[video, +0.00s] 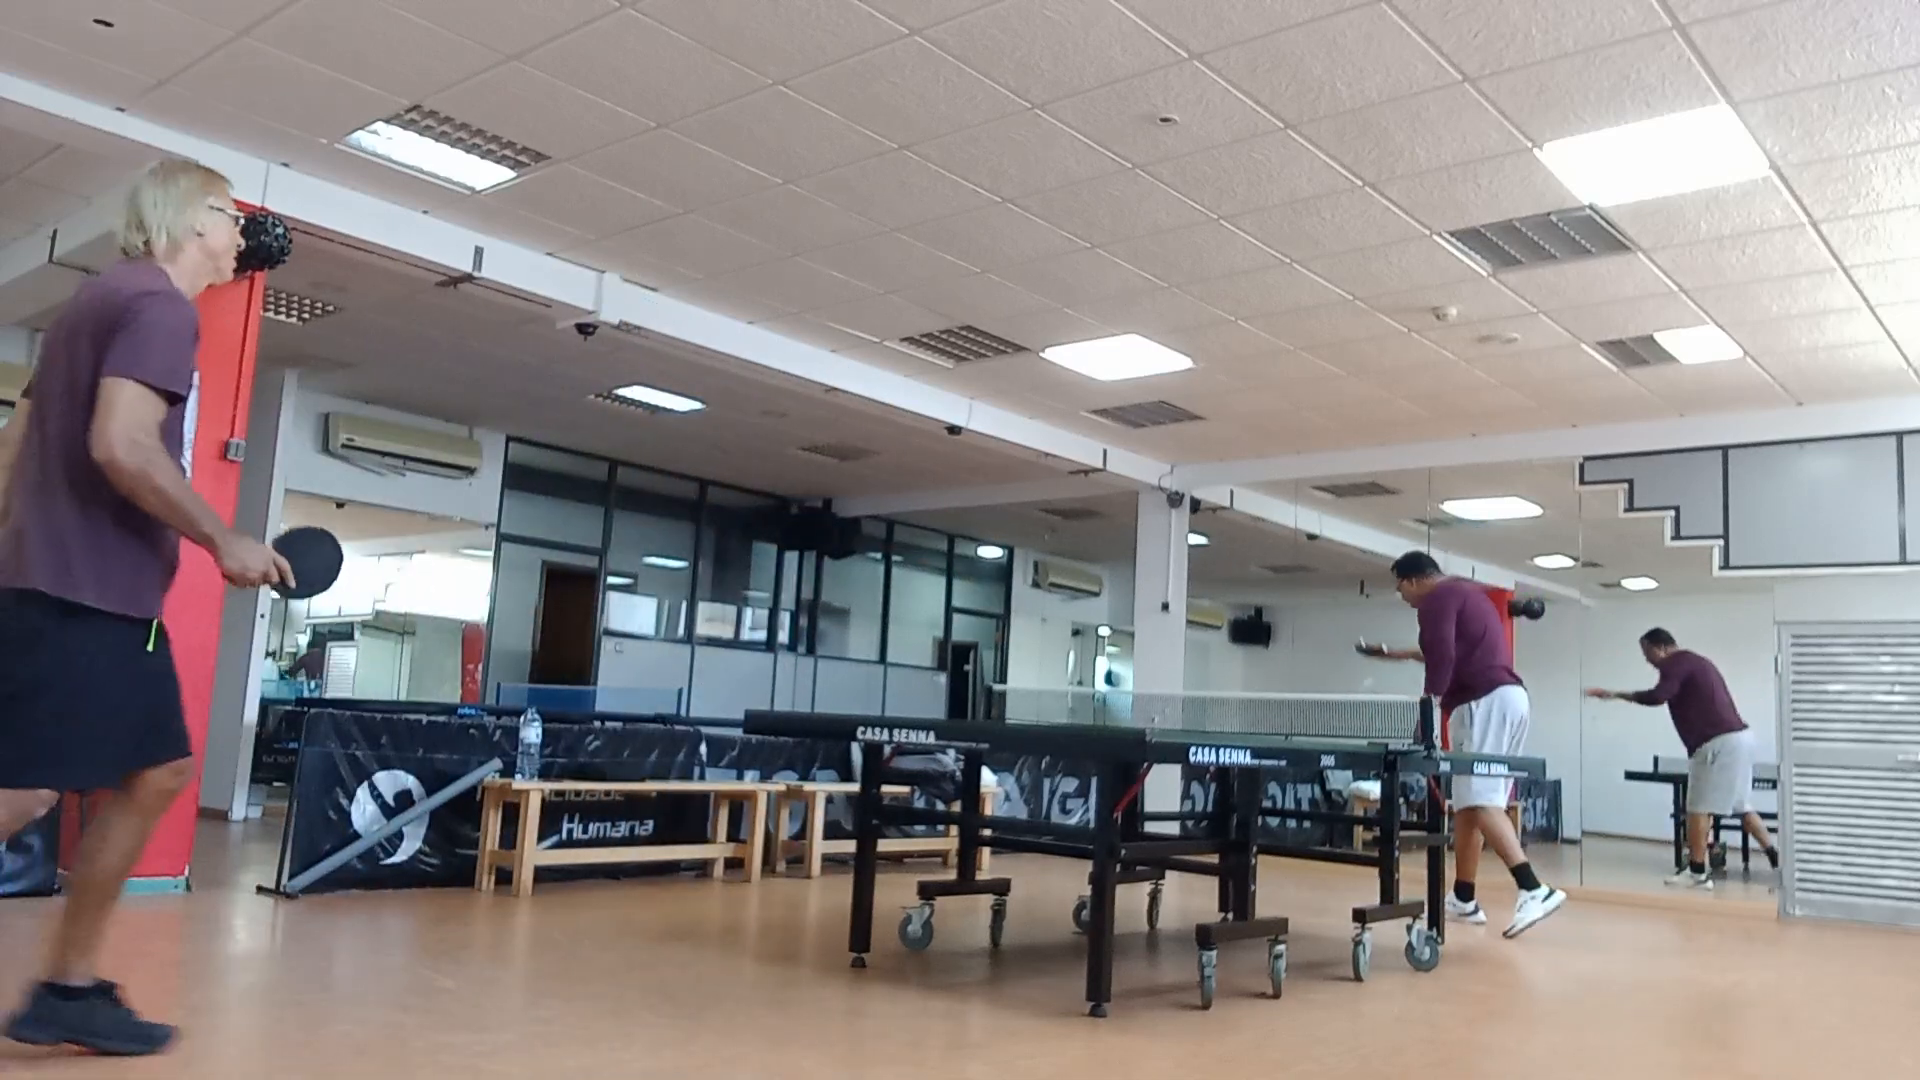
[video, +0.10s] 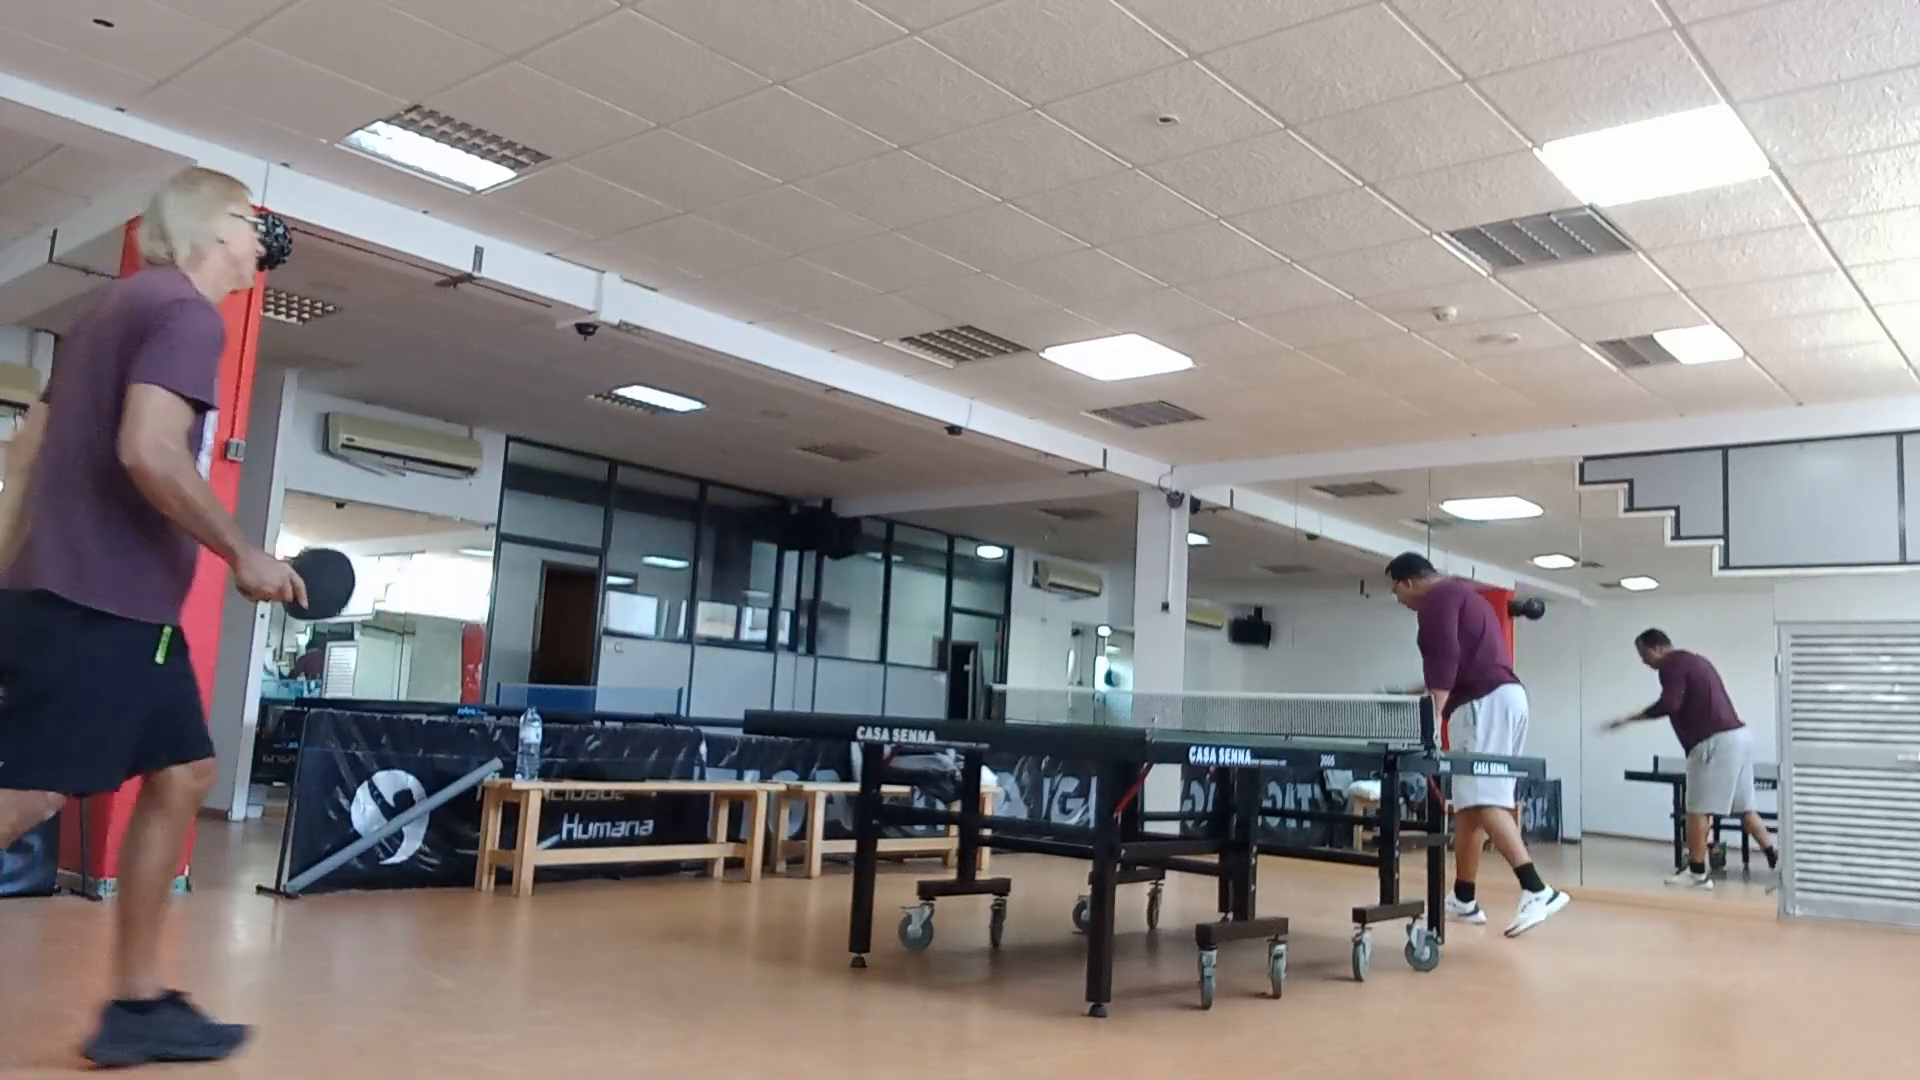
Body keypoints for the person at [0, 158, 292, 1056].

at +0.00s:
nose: (240, 235)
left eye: (237, 221)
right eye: (229, 217)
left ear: (162, 225)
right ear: (186, 221)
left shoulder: (89, 303)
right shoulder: (159, 304)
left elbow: (16, 451)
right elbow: (122, 446)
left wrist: (26, 548)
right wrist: (225, 540)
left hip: (42, 591)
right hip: (88, 597)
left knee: (151, 774)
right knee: (153, 774)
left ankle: (68, 988)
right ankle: (67, 990)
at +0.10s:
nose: (259, 242)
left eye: (255, 227)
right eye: (248, 225)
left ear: (177, 237)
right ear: (208, 234)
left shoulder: (103, 311)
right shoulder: (182, 309)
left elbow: (23, 458)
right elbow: (152, 453)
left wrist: (14, 570)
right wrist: (246, 553)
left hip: (102, 607)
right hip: (88, 604)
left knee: (183, 775)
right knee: (27, 792)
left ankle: (140, 1002)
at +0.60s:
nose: (401, 278)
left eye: (398, 264)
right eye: (392, 261)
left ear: (320, 265)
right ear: (353, 263)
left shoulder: (281, 331)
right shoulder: (329, 334)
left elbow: (284, 482)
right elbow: (282, 458)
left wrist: (373, 564)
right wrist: (372, 566)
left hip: (225, 599)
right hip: (280, 603)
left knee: (231, 785)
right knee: (355, 776)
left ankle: (169, 1009)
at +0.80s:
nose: (467, 307)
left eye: (466, 291)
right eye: (461, 289)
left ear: (390, 291)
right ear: (425, 291)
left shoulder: (337, 362)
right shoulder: (407, 364)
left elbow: (350, 508)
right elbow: (364, 483)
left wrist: (451, 564)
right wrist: (446, 583)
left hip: (296, 624)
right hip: (362, 631)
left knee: (258, 800)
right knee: (425, 798)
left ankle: (176, 1008)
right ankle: (465, 995)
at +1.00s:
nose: (551, 322)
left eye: (551, 308)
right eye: (546, 307)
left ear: (475, 306)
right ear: (516, 310)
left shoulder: (424, 375)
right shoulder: (500, 384)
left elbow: (416, 518)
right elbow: (471, 510)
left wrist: (510, 593)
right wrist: (549, 594)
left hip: (387, 626)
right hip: (462, 634)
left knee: (385, 786)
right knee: (497, 799)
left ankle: (232, 958)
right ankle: (481, 997)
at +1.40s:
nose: (654, 355)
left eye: (654, 341)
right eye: (651, 341)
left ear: (585, 336)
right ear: (626, 340)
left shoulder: (517, 405)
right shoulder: (622, 410)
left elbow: (470, 517)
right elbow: (668, 522)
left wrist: (522, 578)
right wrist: (762, 536)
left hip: (505, 629)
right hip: (570, 635)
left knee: (541, 802)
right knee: (536, 810)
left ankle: (570, 959)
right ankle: (480, 997)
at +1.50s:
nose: (670, 363)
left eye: (670, 349)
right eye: (665, 348)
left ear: (604, 349)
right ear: (635, 351)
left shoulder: (536, 417)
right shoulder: (631, 419)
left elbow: (491, 524)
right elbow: (703, 525)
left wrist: (537, 591)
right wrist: (801, 527)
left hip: (532, 639)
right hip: (594, 643)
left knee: (576, 805)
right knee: (566, 809)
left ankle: (589, 966)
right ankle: (487, 988)